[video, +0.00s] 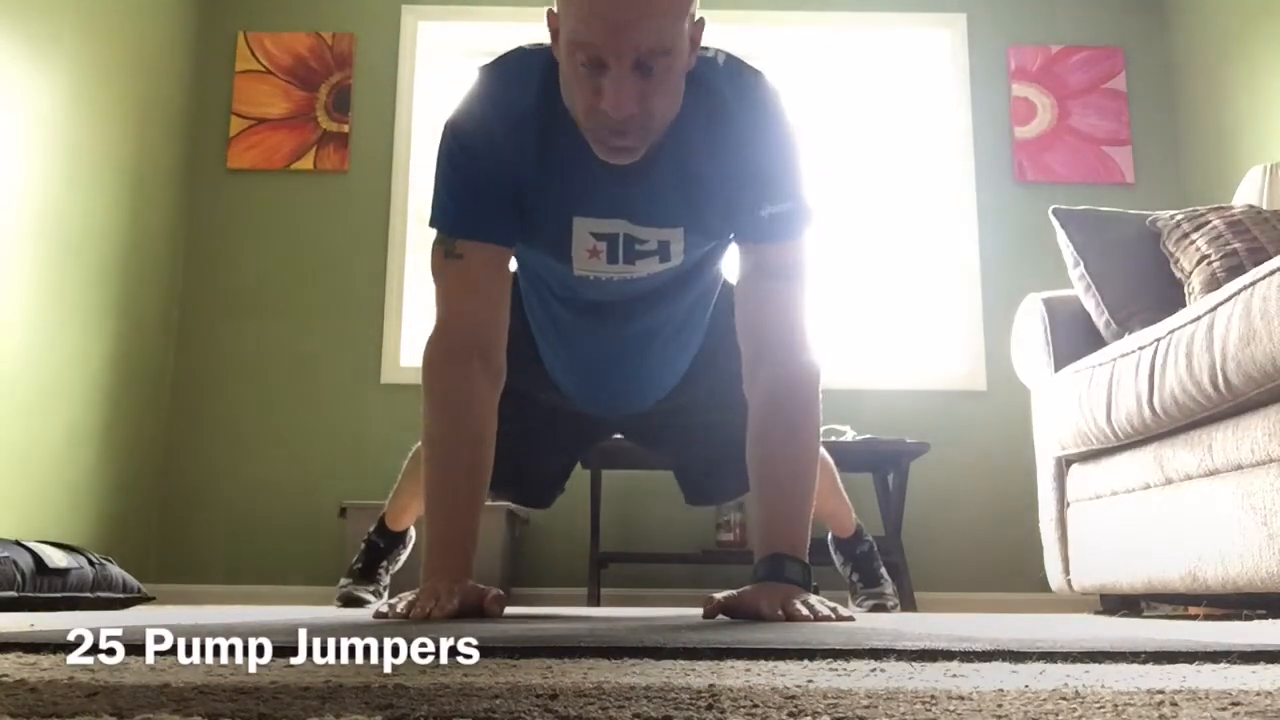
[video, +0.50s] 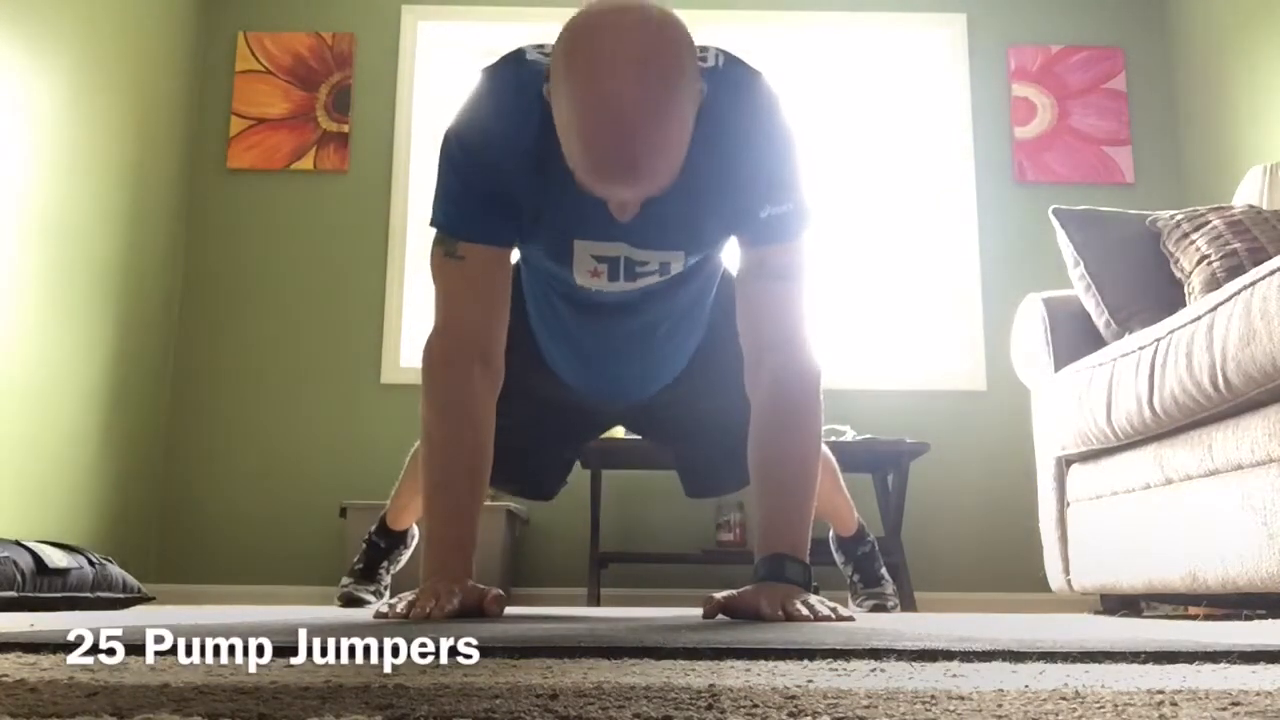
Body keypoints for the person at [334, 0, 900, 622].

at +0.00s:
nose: (618, 101)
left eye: (651, 65)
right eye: (591, 63)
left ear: (694, 42)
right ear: (554, 36)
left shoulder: (743, 110)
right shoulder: (499, 110)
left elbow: (780, 359)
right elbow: (462, 351)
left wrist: (782, 575)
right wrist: (444, 581)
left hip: (690, 336)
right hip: (541, 335)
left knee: (789, 455)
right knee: (450, 450)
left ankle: (856, 550)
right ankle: (384, 543)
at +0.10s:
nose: (620, 134)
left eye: (650, 99)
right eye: (587, 95)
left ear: (697, 50)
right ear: (554, 41)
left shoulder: (745, 107)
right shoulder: (498, 109)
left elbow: (782, 355)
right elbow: (462, 348)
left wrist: (783, 575)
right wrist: (445, 581)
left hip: (692, 333)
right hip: (542, 331)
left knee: (793, 452)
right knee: (451, 448)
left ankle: (858, 549)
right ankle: (385, 547)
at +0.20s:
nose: (623, 155)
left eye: (651, 133)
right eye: (598, 128)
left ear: (697, 69)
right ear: (555, 59)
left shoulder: (749, 109)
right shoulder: (495, 113)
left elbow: (783, 358)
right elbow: (462, 352)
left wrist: (783, 576)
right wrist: (445, 582)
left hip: (694, 330)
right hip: (544, 329)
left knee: (794, 453)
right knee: (450, 451)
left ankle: (858, 547)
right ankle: (387, 544)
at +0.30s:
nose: (626, 160)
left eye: (645, 134)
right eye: (602, 134)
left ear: (693, 54)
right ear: (561, 57)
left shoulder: (748, 108)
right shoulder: (494, 115)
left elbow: (783, 360)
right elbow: (462, 353)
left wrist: (784, 576)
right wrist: (446, 582)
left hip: (694, 330)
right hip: (544, 329)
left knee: (794, 454)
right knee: (449, 452)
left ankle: (859, 545)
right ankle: (385, 545)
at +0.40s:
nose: (624, 197)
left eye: (646, 177)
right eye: (599, 177)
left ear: (696, 83)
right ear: (555, 90)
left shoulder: (747, 113)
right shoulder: (495, 118)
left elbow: (783, 362)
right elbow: (462, 355)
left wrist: (783, 576)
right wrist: (445, 582)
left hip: (693, 328)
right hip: (544, 326)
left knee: (793, 452)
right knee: (451, 449)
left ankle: (860, 547)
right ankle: (386, 545)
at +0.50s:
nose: (624, 208)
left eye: (649, 191)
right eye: (599, 190)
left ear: (696, 100)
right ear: (553, 105)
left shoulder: (747, 118)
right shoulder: (494, 124)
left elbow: (782, 364)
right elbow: (461, 357)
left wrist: (783, 576)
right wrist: (444, 582)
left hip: (691, 325)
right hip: (543, 324)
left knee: (791, 447)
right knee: (454, 442)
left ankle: (859, 549)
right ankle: (387, 546)